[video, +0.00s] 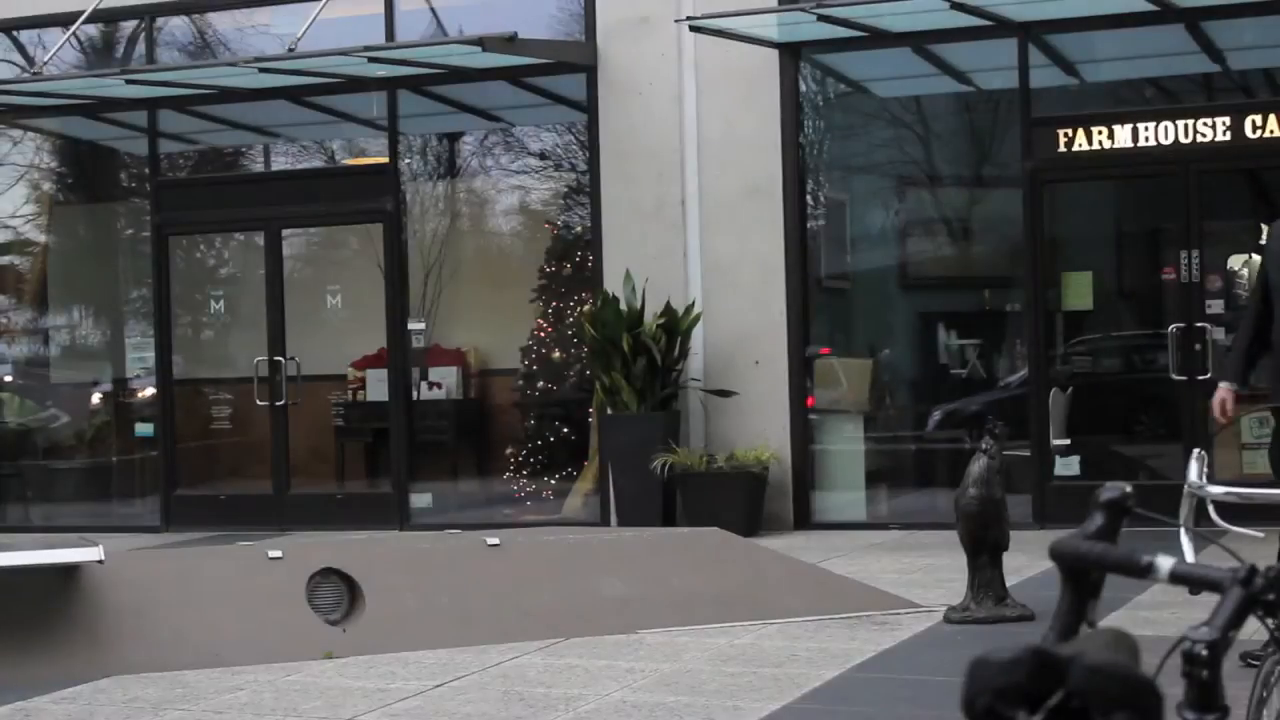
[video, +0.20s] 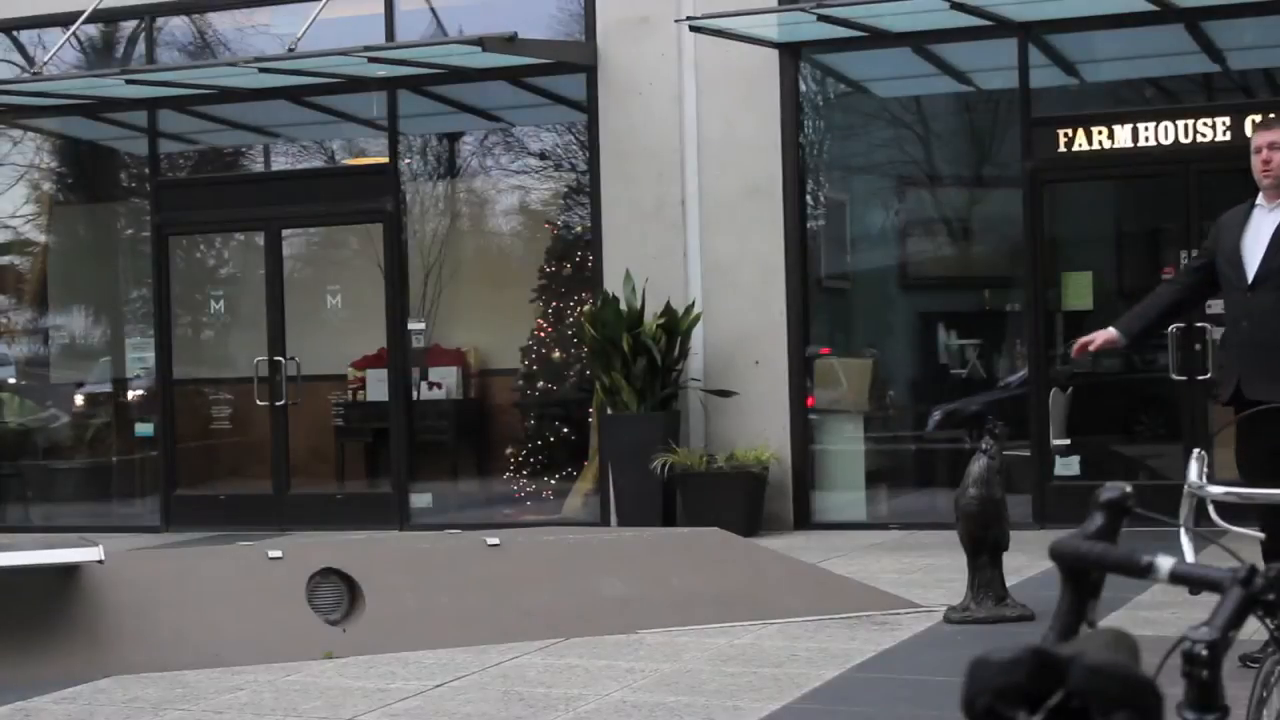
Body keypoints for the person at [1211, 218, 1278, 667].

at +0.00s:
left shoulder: (1273, 239)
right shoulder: (1274, 235)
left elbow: (1258, 311)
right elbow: (1260, 310)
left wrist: (1230, 378)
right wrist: (1230, 378)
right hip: (1278, 401)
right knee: (1279, 521)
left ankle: (1277, 629)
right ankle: (1277, 629)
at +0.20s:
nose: (1267, 158)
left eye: (1275, 149)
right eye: (1261, 150)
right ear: (1251, 158)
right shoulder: (1233, 225)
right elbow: (1187, 287)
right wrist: (1120, 331)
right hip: (1252, 399)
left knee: (1277, 520)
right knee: (1267, 517)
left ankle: (1276, 616)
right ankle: (1274, 616)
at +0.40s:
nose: (1230, 160)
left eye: (1241, 150)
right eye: (1224, 153)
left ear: (1270, 154)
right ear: (1218, 161)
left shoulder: (1277, 212)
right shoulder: (1200, 219)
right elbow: (1146, 268)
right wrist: (1074, 298)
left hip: (1264, 393)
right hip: (1208, 394)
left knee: (1261, 516)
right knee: (1232, 517)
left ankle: (1255, 633)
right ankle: (1253, 626)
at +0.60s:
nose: (1206, 157)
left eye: (1217, 147)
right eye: (1200, 149)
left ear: (1247, 154)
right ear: (1194, 159)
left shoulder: (1268, 213)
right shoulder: (1176, 217)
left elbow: (1273, 297)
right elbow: (1116, 267)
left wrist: (1268, 368)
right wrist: (1039, 296)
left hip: (1236, 396)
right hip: (1169, 395)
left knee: (1232, 518)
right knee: (1162, 509)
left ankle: (1240, 636)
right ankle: (1231, 611)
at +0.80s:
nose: (1173, 153)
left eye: (1186, 143)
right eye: (1168, 145)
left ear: (1216, 151)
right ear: (1162, 156)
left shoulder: (1248, 214)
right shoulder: (1143, 215)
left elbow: (1246, 293)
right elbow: (1089, 266)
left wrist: (1216, 356)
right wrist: (1013, 303)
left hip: (1207, 395)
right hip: (1136, 396)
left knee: (1219, 521)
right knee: (1132, 520)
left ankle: (1234, 640)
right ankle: (1142, 635)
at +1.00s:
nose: (1129, 161)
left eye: (1140, 151)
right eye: (1124, 154)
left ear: (1173, 155)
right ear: (1120, 163)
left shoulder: (1211, 218)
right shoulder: (1101, 225)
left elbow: (1212, 296)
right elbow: (1044, 275)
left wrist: (1174, 354)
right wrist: (967, 306)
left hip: (1181, 402)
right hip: (1108, 404)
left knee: (1207, 521)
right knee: (1111, 524)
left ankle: (1232, 638)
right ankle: (1078, 633)